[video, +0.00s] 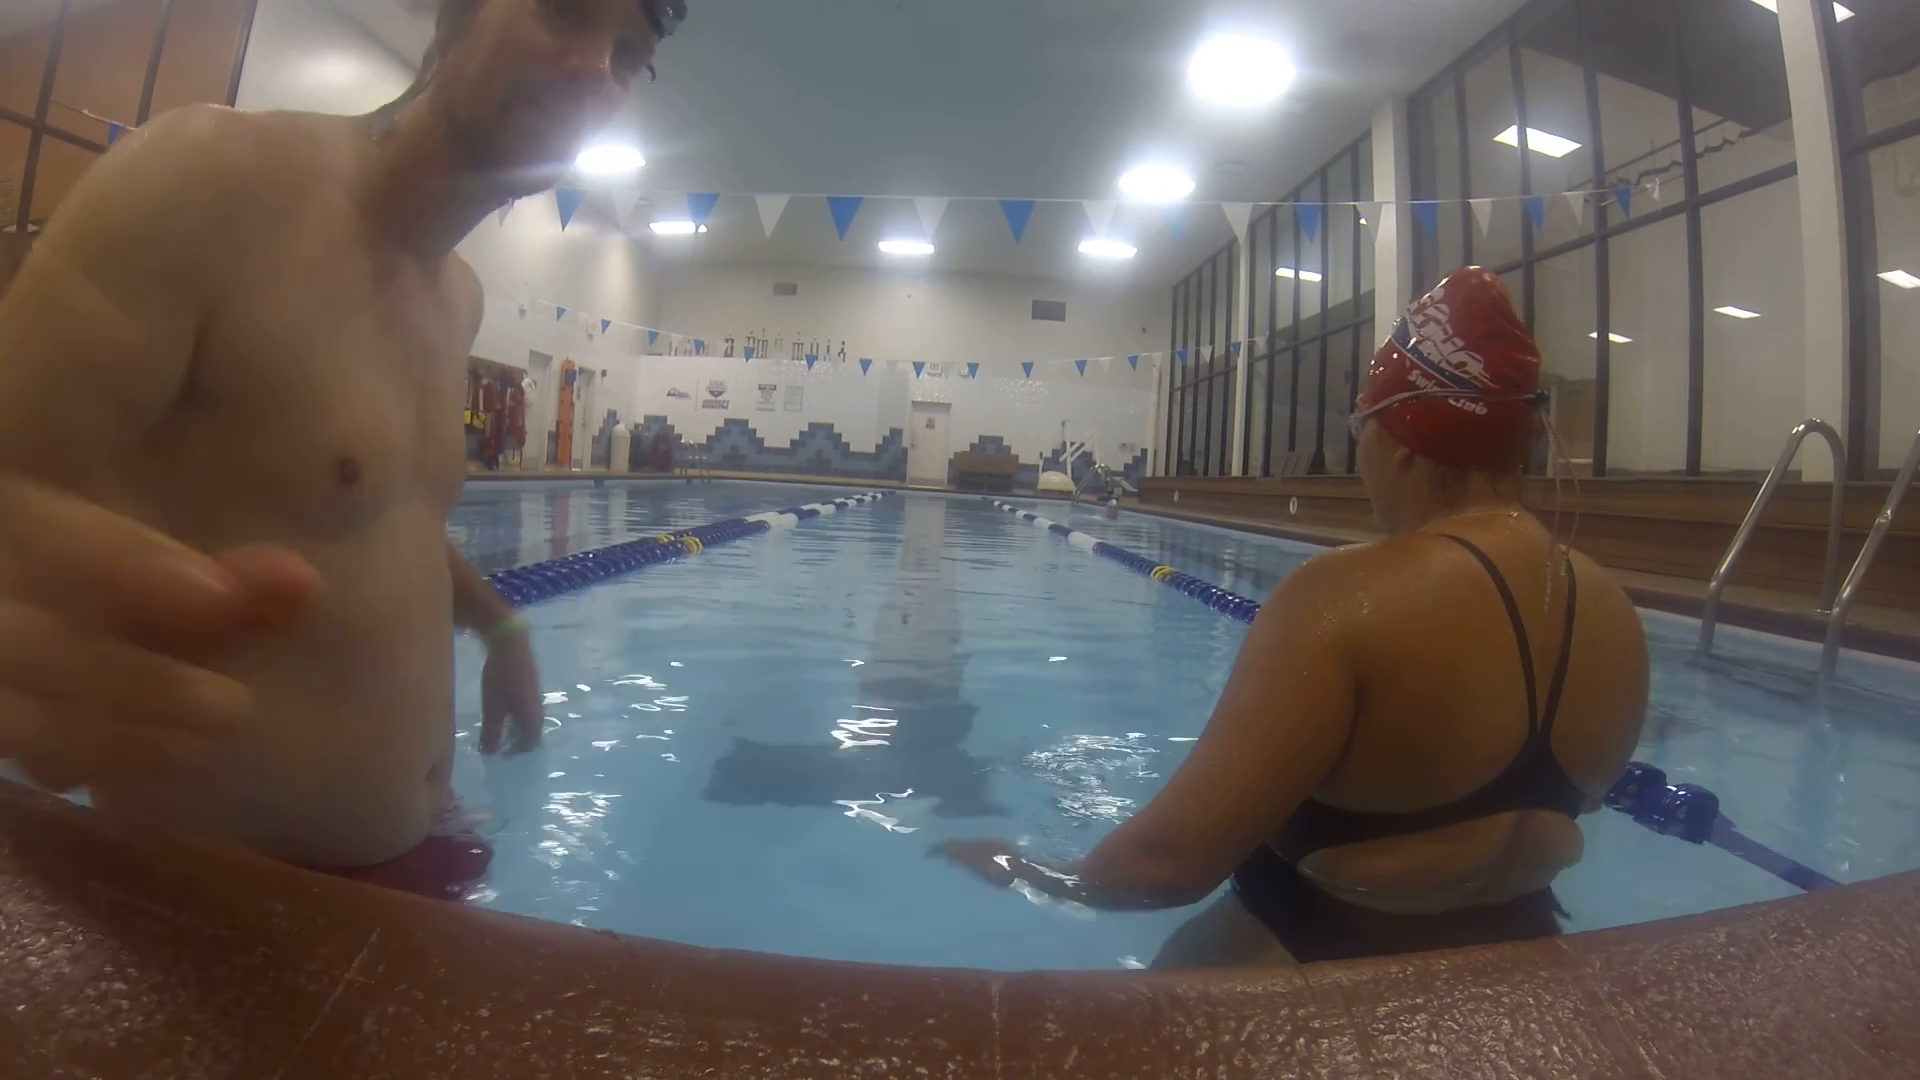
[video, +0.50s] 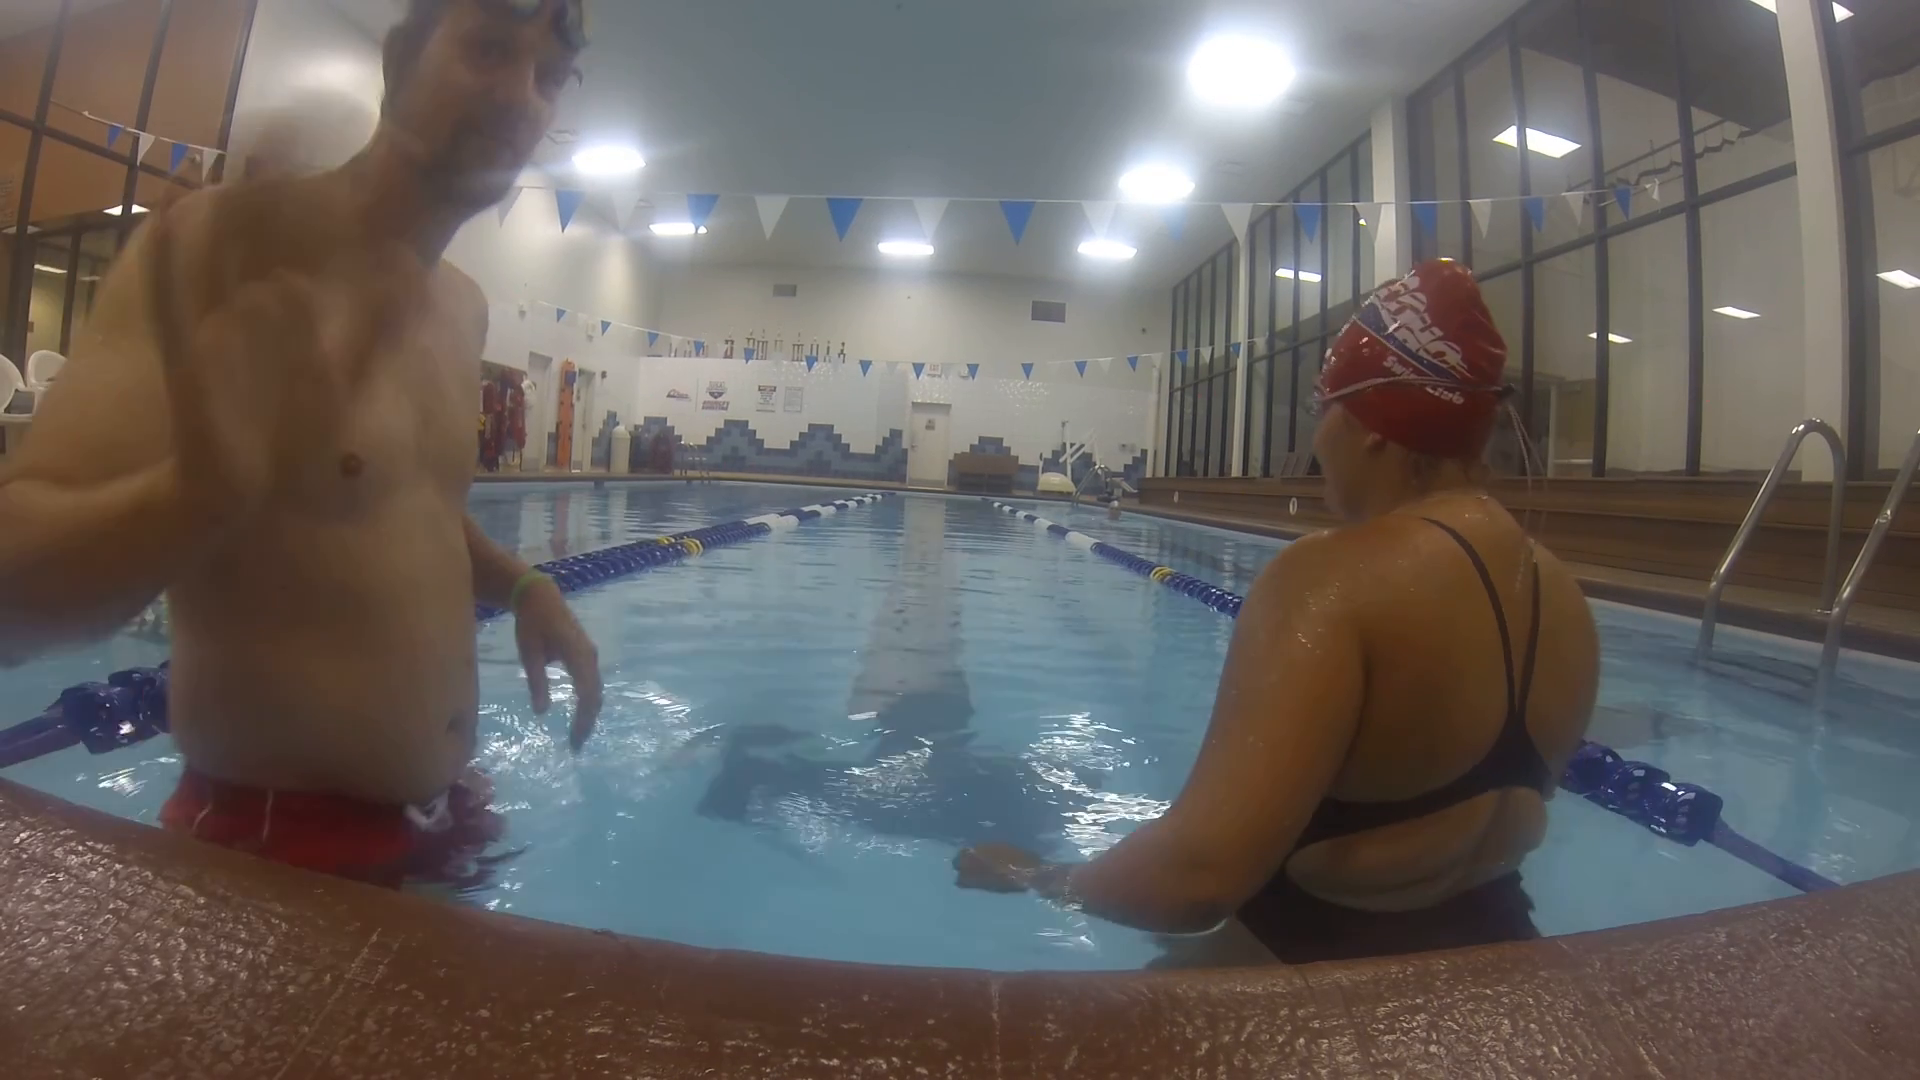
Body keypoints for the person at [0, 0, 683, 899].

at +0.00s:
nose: (593, 70)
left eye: (628, 56)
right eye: (564, 13)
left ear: (631, 97)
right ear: (451, 14)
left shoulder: (457, 294)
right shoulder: (204, 177)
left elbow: (379, 516)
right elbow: (25, 485)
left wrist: (496, 620)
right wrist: (58, 607)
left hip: (407, 875)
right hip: (194, 897)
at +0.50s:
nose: (523, 97)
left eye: (550, 78)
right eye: (490, 50)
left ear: (556, 114)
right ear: (398, 61)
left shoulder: (459, 305)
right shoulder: (215, 244)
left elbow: (418, 511)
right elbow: (16, 582)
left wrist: (522, 586)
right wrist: (198, 495)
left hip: (441, 826)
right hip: (267, 839)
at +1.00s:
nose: (550, 203)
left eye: (572, 191)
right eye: (526, 168)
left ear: (575, 222)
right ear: (456, 175)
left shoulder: (521, 378)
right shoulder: (314, 319)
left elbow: (515, 536)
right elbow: (185, 551)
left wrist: (544, 610)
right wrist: (266, 514)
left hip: (468, 771)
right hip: (337, 768)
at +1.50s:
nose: (649, 336)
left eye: (667, 321)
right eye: (632, 299)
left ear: (674, 332)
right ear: (566, 279)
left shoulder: (570, 446)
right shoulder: (401, 339)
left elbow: (521, 590)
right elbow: (233, 510)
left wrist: (540, 623)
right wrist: (395, 494)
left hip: (459, 746)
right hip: (312, 742)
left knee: (476, 839)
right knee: (341, 939)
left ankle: (450, 902)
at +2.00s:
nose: (650, 340)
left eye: (670, 326)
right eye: (635, 303)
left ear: (675, 340)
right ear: (568, 282)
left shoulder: (573, 461)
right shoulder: (407, 343)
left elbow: (529, 598)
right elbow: (224, 508)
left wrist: (544, 631)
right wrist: (398, 487)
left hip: (451, 739)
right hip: (307, 729)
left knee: (498, 843)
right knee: (312, 913)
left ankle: (456, 917)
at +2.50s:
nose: (546, 185)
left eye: (553, 163)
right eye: (520, 155)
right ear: (431, 166)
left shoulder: (513, 364)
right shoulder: (299, 331)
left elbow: (518, 532)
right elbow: (192, 560)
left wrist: (535, 620)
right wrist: (375, 685)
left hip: (474, 753)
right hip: (339, 759)